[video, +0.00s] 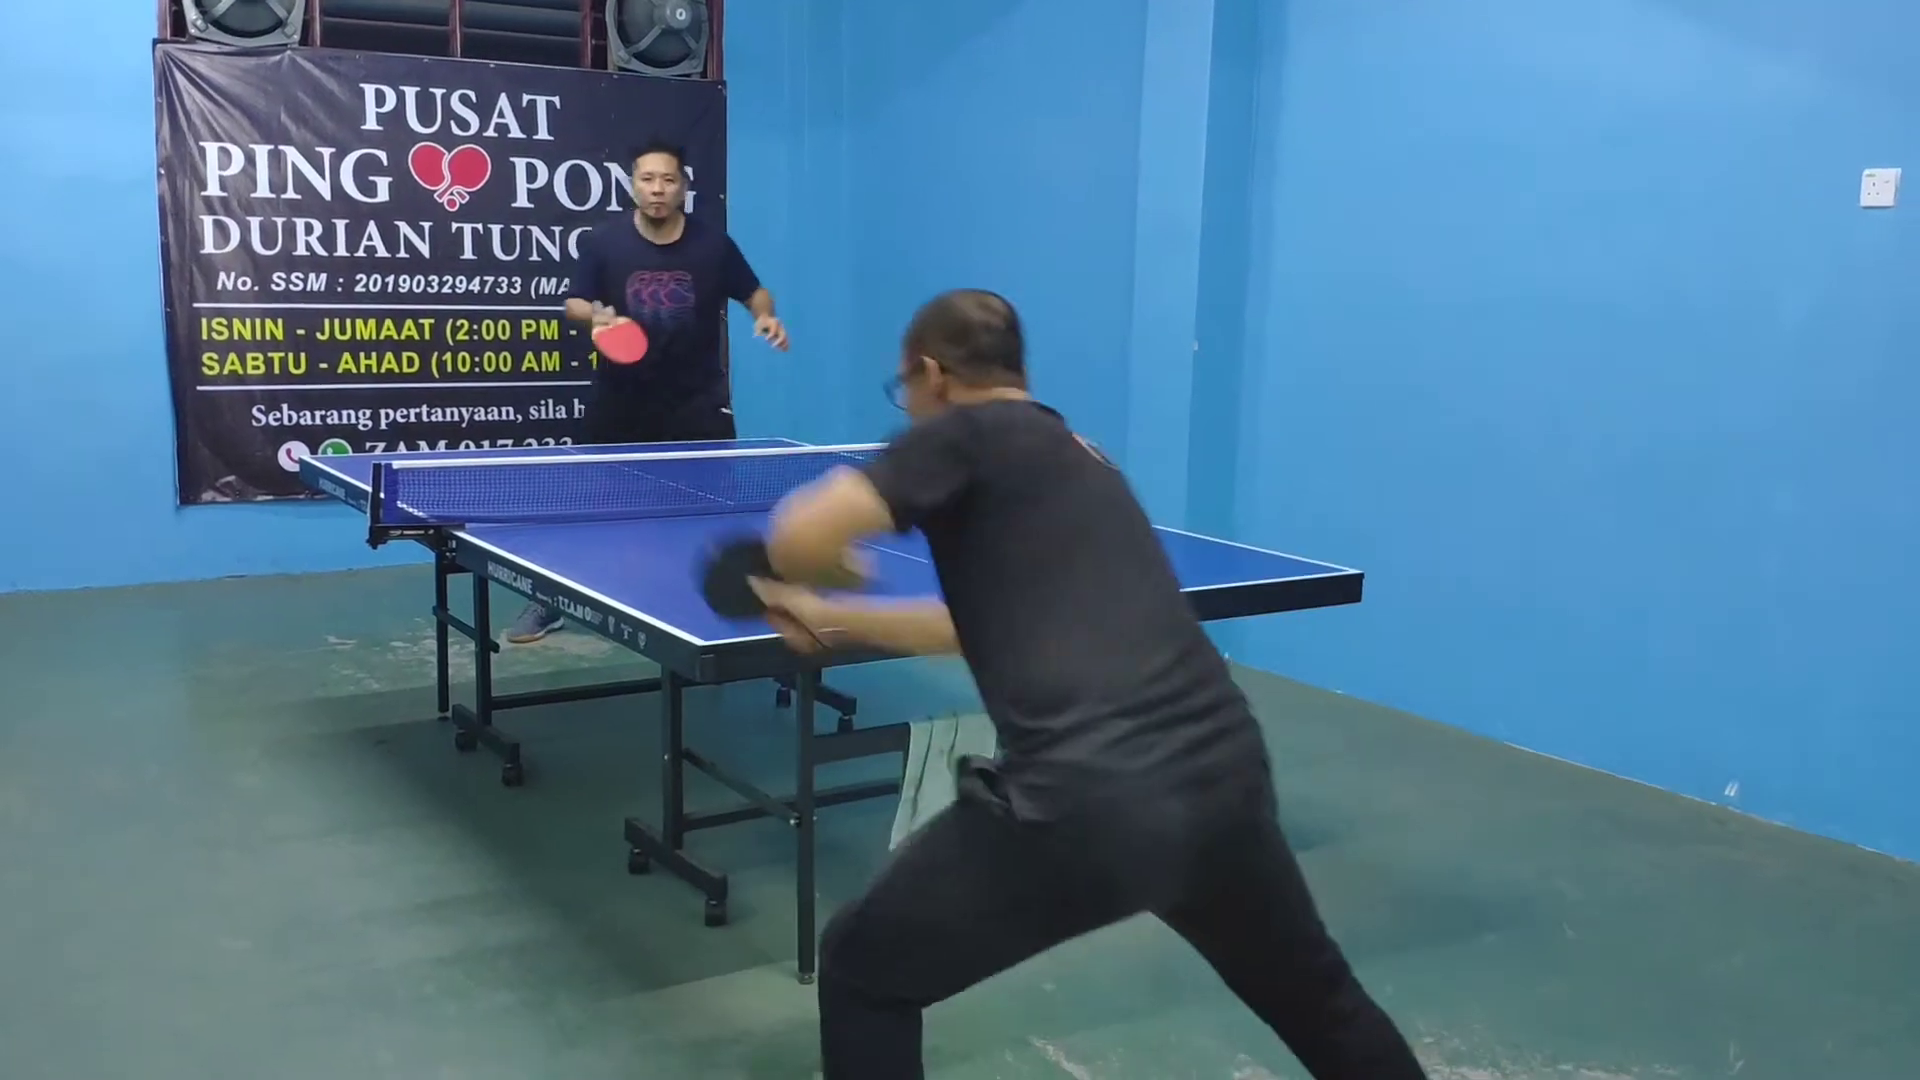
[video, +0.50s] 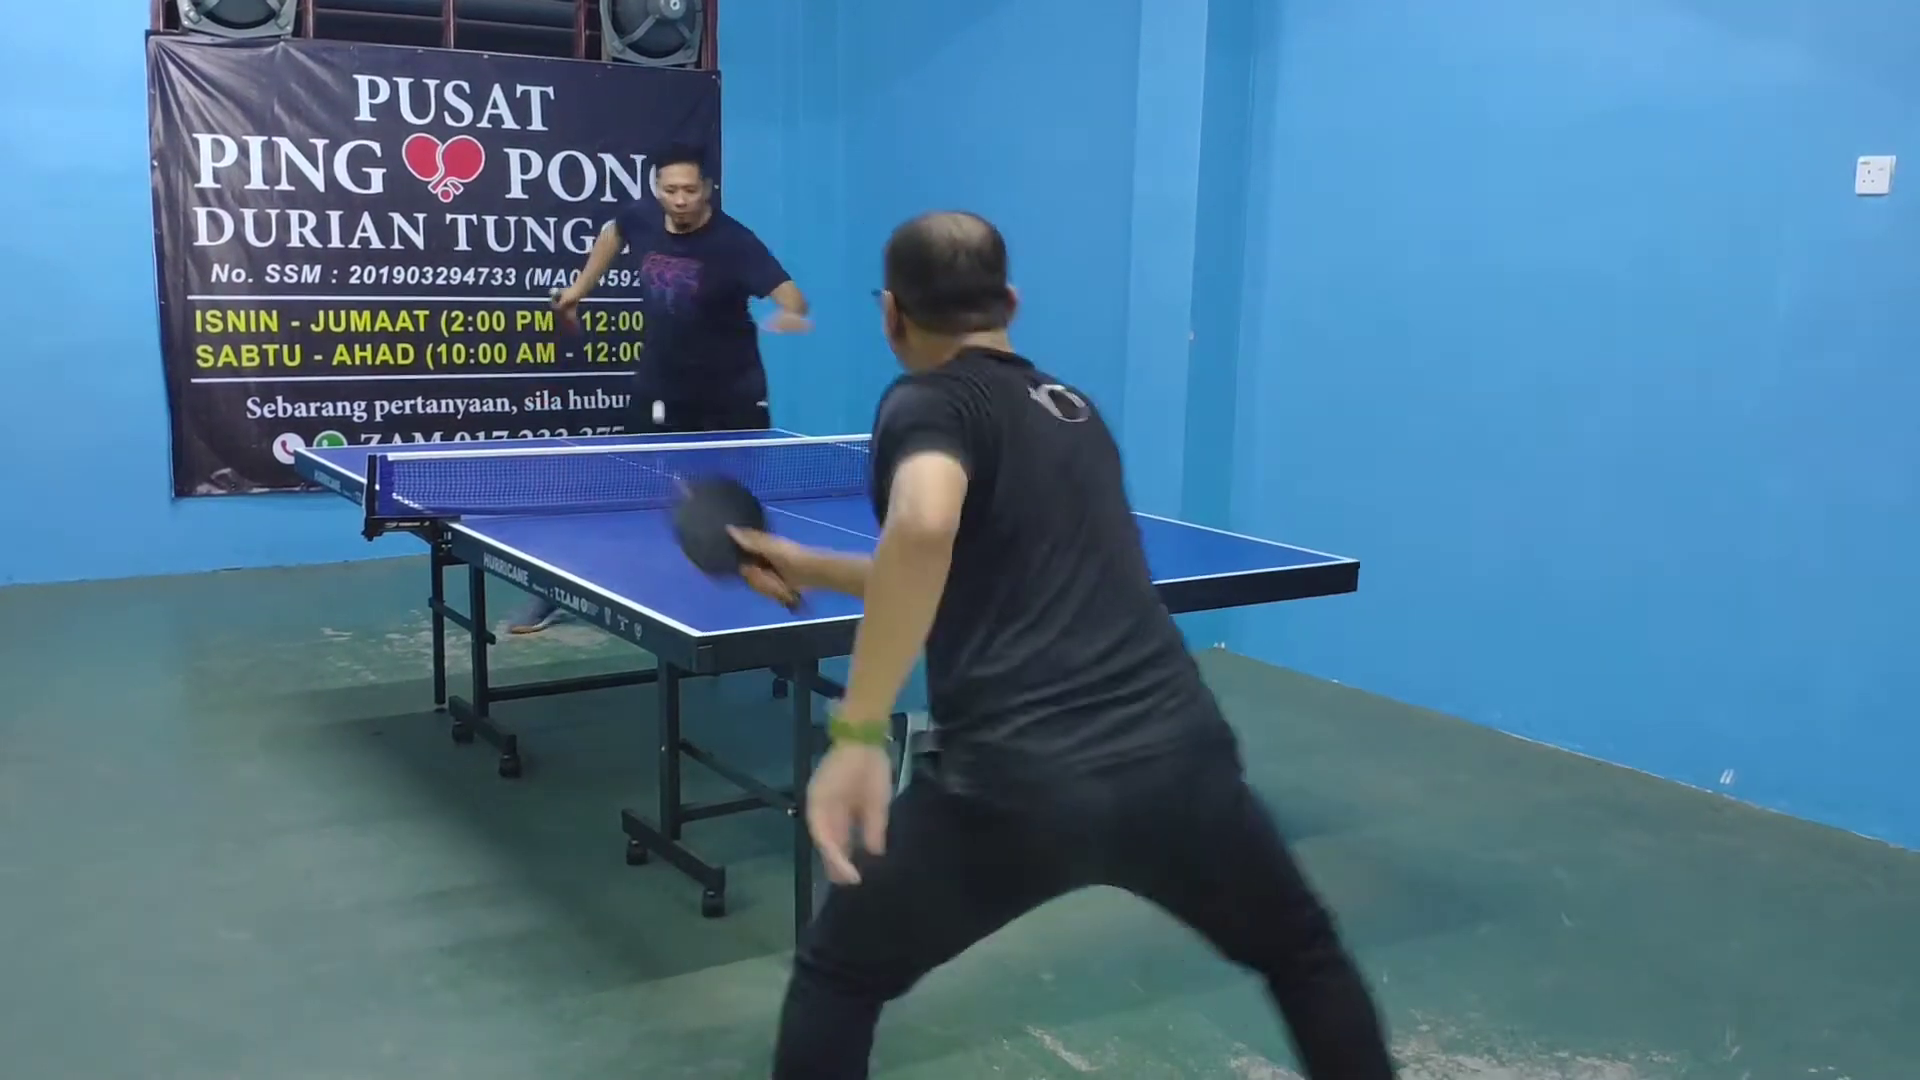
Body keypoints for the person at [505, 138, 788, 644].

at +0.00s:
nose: (657, 187)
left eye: (667, 179)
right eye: (648, 178)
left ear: (684, 187)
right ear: (632, 185)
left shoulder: (711, 242)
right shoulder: (605, 242)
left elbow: (754, 292)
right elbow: (572, 303)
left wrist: (765, 316)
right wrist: (595, 312)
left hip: (697, 403)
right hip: (622, 402)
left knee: (721, 499)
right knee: (581, 496)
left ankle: (740, 602)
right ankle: (547, 600)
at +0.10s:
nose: (636, 181)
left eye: (645, 172)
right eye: (626, 172)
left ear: (661, 179)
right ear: (611, 179)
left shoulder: (695, 234)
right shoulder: (584, 236)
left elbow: (739, 287)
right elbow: (560, 299)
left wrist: (742, 314)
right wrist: (576, 318)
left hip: (677, 385)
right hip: (605, 388)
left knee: (699, 486)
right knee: (576, 488)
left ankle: (703, 597)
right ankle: (544, 595)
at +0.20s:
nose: (626, 176)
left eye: (635, 167)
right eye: (616, 167)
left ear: (652, 172)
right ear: (602, 173)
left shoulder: (687, 227)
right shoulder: (577, 229)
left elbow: (737, 283)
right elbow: (560, 288)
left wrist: (716, 311)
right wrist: (568, 327)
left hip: (674, 387)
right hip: (602, 384)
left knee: (683, 486)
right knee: (572, 484)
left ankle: (690, 594)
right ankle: (543, 591)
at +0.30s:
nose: (630, 183)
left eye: (638, 174)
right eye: (620, 175)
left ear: (654, 177)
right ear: (606, 178)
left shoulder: (686, 226)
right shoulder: (588, 227)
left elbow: (738, 290)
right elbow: (572, 285)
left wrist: (687, 308)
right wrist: (557, 332)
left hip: (676, 391)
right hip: (605, 386)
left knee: (680, 489)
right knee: (576, 483)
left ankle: (692, 594)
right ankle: (543, 590)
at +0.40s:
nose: (652, 197)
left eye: (662, 186)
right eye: (642, 188)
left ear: (679, 186)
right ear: (628, 189)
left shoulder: (703, 232)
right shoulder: (614, 223)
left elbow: (753, 293)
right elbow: (587, 269)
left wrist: (697, 305)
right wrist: (559, 325)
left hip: (695, 391)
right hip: (627, 386)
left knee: (712, 498)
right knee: (583, 482)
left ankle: (724, 597)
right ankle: (543, 591)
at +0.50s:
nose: (679, 200)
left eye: (689, 189)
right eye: (669, 190)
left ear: (711, 189)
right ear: (657, 191)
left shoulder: (732, 240)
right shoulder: (645, 220)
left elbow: (786, 291)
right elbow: (613, 234)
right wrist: (579, 288)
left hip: (730, 399)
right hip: (659, 395)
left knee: (746, 503)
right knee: (608, 492)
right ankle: (552, 590)